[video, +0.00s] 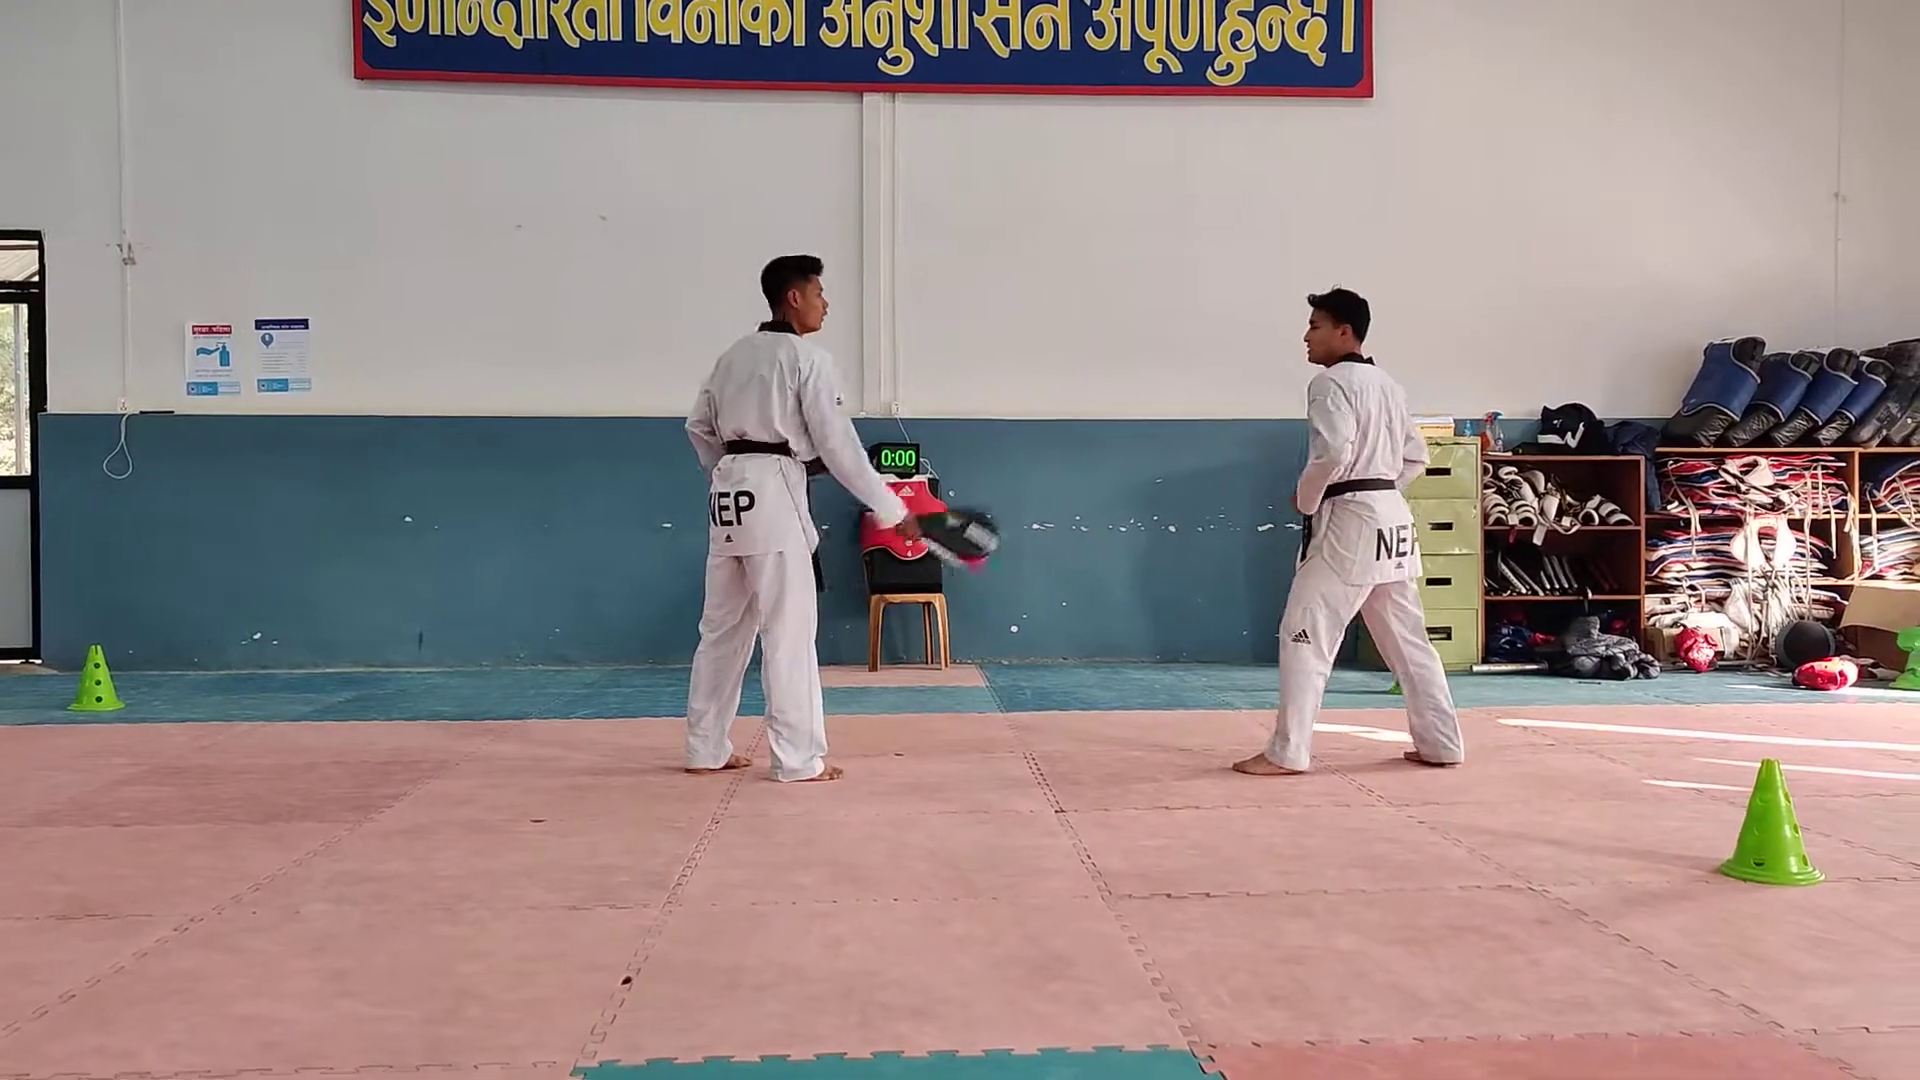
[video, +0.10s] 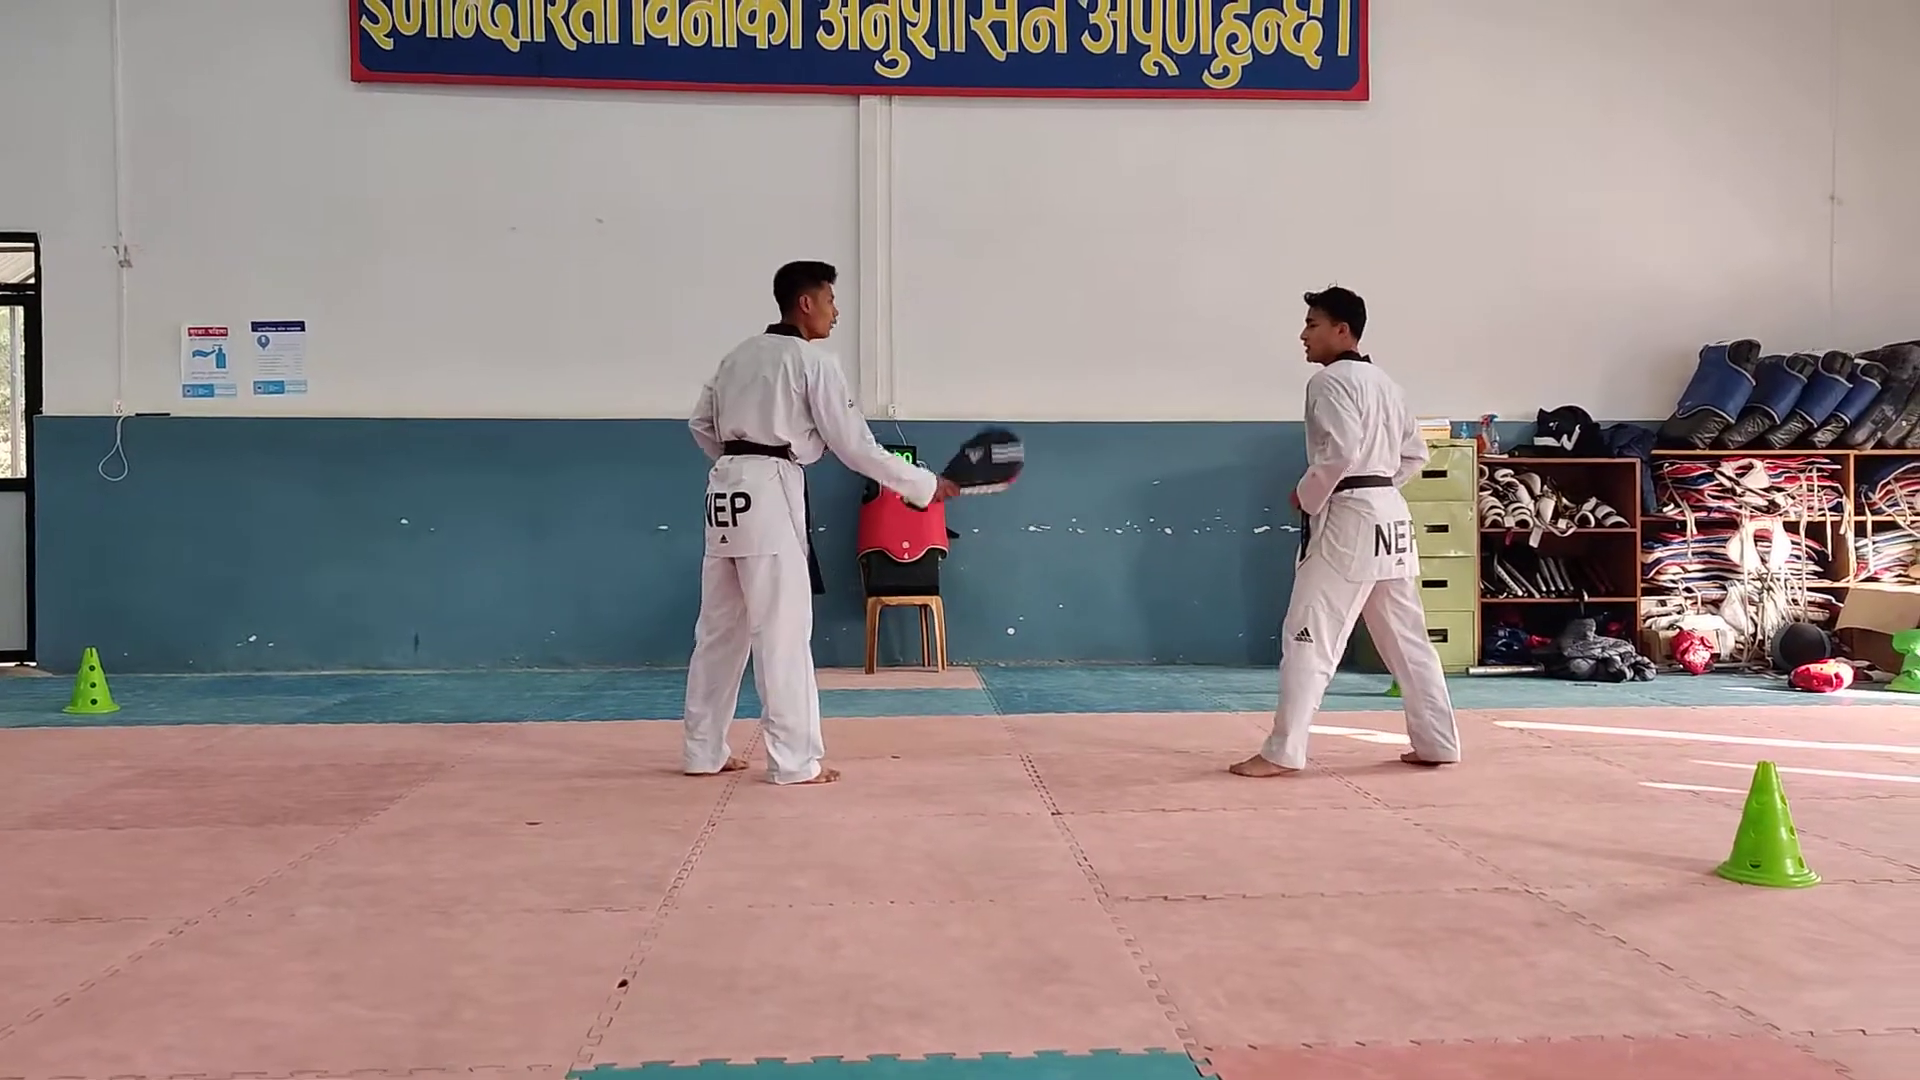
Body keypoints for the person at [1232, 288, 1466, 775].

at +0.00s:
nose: (1306, 335)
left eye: (1314, 326)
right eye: (1308, 325)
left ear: (1345, 332)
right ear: (1351, 335)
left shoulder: (1330, 381)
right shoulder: (1388, 385)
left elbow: (1332, 451)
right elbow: (1416, 455)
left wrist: (1305, 497)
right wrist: (1377, 489)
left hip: (1350, 518)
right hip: (1396, 517)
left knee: (1305, 634)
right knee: (1407, 638)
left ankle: (1288, 752)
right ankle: (1440, 744)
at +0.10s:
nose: (1303, 334)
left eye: (1312, 324)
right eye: (1305, 324)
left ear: (1343, 330)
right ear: (1347, 333)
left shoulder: (1329, 381)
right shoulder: (1386, 384)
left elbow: (1337, 453)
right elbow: (1415, 454)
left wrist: (1305, 494)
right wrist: (1372, 485)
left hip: (1349, 517)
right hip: (1394, 515)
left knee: (1310, 635)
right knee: (1406, 635)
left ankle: (1284, 752)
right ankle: (1436, 742)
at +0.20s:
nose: (1295, 334)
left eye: (1304, 325)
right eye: (1298, 324)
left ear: (1335, 331)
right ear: (1339, 334)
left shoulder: (1323, 381)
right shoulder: (1378, 385)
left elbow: (1333, 455)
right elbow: (1408, 456)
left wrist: (1292, 490)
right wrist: (1364, 487)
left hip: (1342, 517)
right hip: (1386, 516)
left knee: (1308, 637)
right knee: (1400, 636)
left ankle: (1282, 753)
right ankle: (1431, 745)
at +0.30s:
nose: (1286, 334)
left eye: (1294, 325)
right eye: (1288, 324)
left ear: (1324, 332)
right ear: (1326, 334)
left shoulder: (1318, 380)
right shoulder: (1363, 389)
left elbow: (1334, 451)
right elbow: (1387, 463)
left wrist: (1284, 473)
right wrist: (1350, 497)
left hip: (1335, 516)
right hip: (1375, 517)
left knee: (1294, 635)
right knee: (1393, 637)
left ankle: (1276, 753)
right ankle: (1432, 742)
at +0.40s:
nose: (1274, 343)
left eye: (1283, 334)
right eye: (1276, 334)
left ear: (1313, 343)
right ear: (1310, 345)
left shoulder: (1320, 393)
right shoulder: (1312, 396)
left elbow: (1348, 463)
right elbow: (1320, 472)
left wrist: (1277, 494)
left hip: (1328, 527)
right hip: (1350, 527)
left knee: (1269, 631)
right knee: (1387, 641)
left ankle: (1258, 752)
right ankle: (1435, 741)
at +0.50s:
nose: (1258, 362)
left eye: (1267, 354)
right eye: (1261, 353)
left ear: (1297, 363)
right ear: (1291, 364)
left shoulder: (1313, 411)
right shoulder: (1272, 426)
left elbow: (1351, 451)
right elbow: (1242, 476)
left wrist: (1287, 419)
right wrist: (1188, 456)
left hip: (1308, 545)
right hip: (1325, 545)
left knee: (1236, 642)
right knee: (1382, 654)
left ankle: (1244, 759)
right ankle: (1439, 752)